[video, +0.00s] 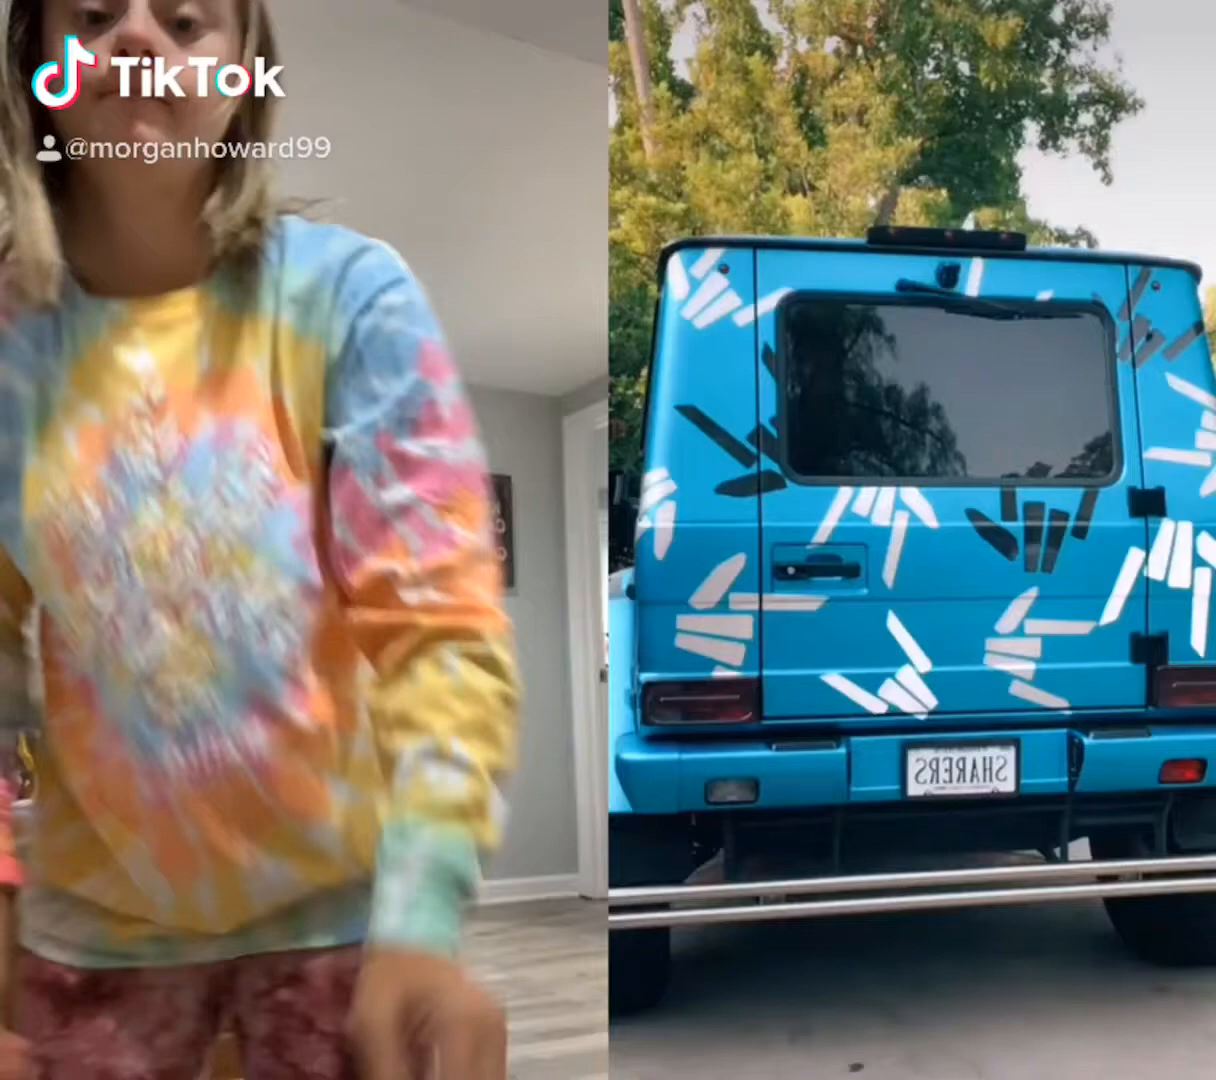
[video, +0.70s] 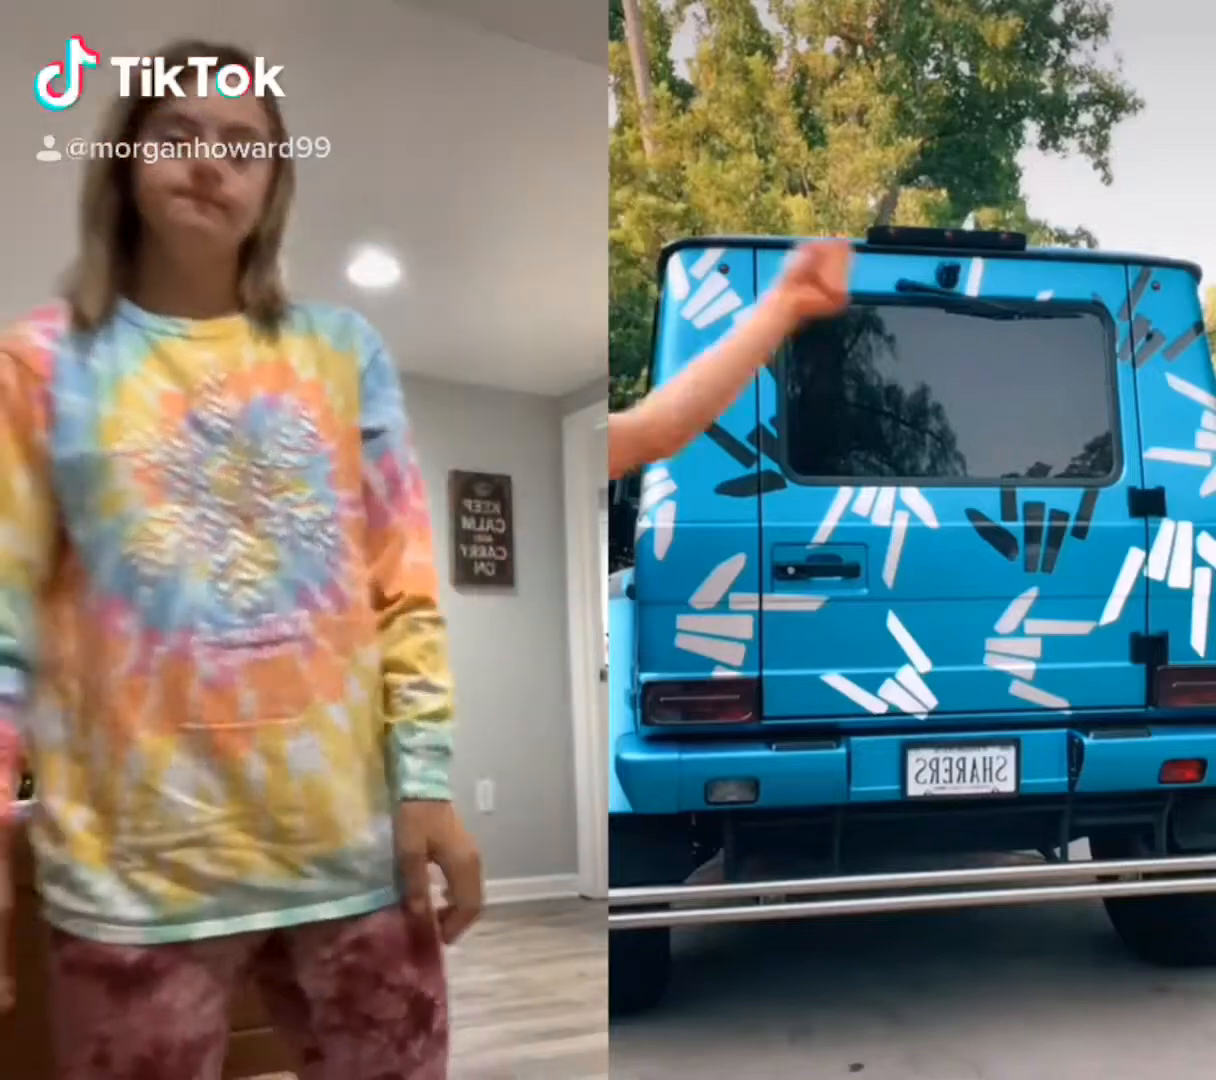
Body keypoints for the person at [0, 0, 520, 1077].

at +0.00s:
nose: (139, 39)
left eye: (185, 14)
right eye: (93, 15)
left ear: (249, 71)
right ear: (34, 69)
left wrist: (418, 926)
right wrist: (6, 933)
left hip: (331, 938)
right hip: (86, 956)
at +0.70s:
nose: (210, 162)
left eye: (241, 143)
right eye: (180, 134)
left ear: (276, 181)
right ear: (127, 161)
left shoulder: (343, 352)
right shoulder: (44, 361)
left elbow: (406, 588)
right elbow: (12, 597)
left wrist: (426, 785)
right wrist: (10, 788)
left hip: (345, 859)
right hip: (126, 877)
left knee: (399, 1067)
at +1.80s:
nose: (264, 214)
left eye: (289, 192)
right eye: (233, 191)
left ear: (322, 221)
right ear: (189, 220)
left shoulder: (371, 401)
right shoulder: (117, 379)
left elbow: (404, 617)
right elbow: (78, 598)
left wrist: (411, 793)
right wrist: (159, 770)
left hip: (348, 846)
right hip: (166, 853)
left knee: (366, 1071)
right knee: (164, 1073)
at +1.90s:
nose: (238, 215)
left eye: (263, 193)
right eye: (208, 192)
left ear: (297, 226)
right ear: (165, 221)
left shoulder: (336, 413)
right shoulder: (89, 374)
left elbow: (362, 619)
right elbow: (72, 586)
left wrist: (357, 781)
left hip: (307, 841)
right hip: (130, 855)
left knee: (361, 1071)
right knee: (139, 1075)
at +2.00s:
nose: (216, 216)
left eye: (241, 194)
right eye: (185, 192)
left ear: (273, 227)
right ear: (140, 218)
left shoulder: (301, 414)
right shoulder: (80, 351)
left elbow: (329, 622)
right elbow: (136, 553)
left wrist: (327, 757)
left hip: (284, 829)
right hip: (117, 843)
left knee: (349, 1067)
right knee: (127, 1073)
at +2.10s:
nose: (194, 212)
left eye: (220, 191)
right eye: (163, 187)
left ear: (250, 223)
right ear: (117, 210)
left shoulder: (265, 400)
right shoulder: (69, 335)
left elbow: (301, 583)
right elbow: (228, 439)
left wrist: (313, 706)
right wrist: (496, 393)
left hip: (266, 809)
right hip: (105, 818)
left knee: (330, 1065)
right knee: (125, 1072)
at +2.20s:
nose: (177, 210)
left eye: (203, 188)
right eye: (146, 184)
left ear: (234, 219)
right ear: (99, 205)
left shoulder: (234, 365)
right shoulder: (71, 318)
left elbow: (234, 601)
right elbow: (299, 349)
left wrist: (306, 609)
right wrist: (537, 376)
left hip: (252, 797)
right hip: (95, 800)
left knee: (312, 1064)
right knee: (116, 1069)